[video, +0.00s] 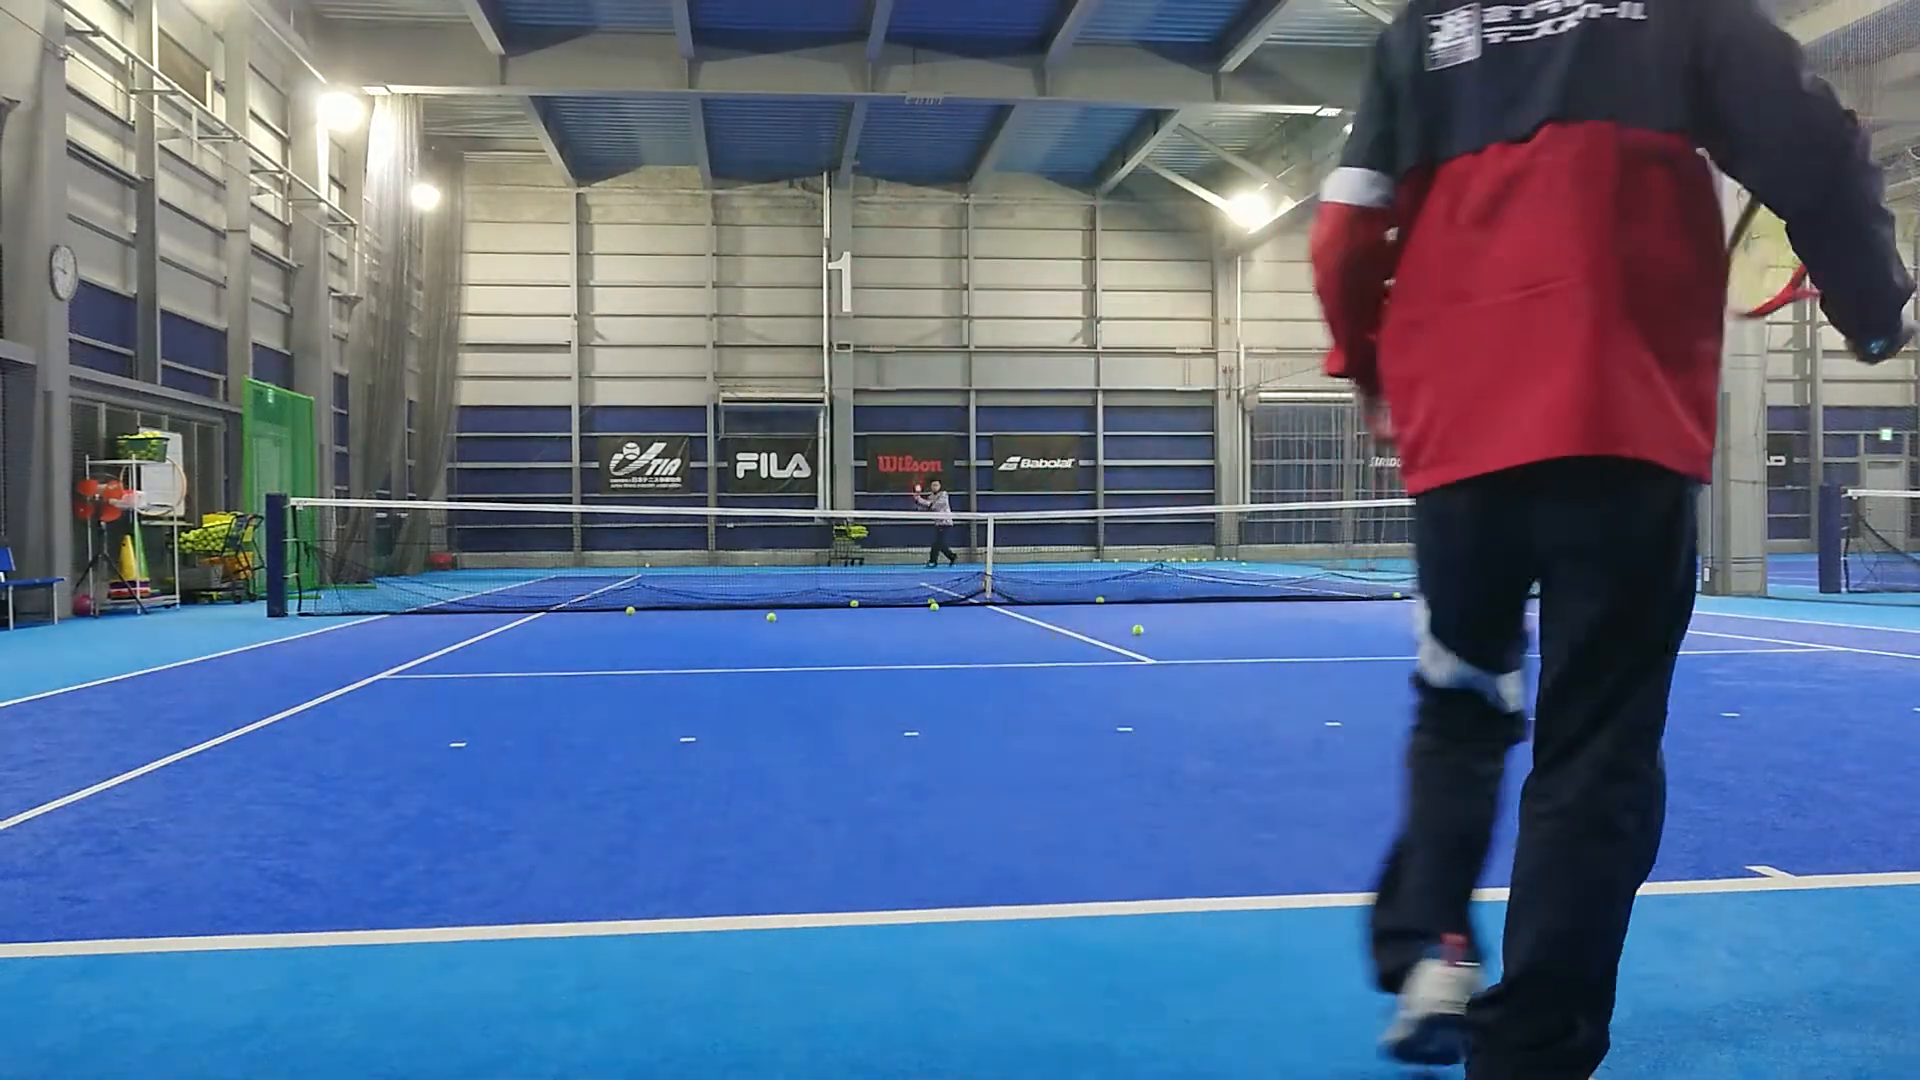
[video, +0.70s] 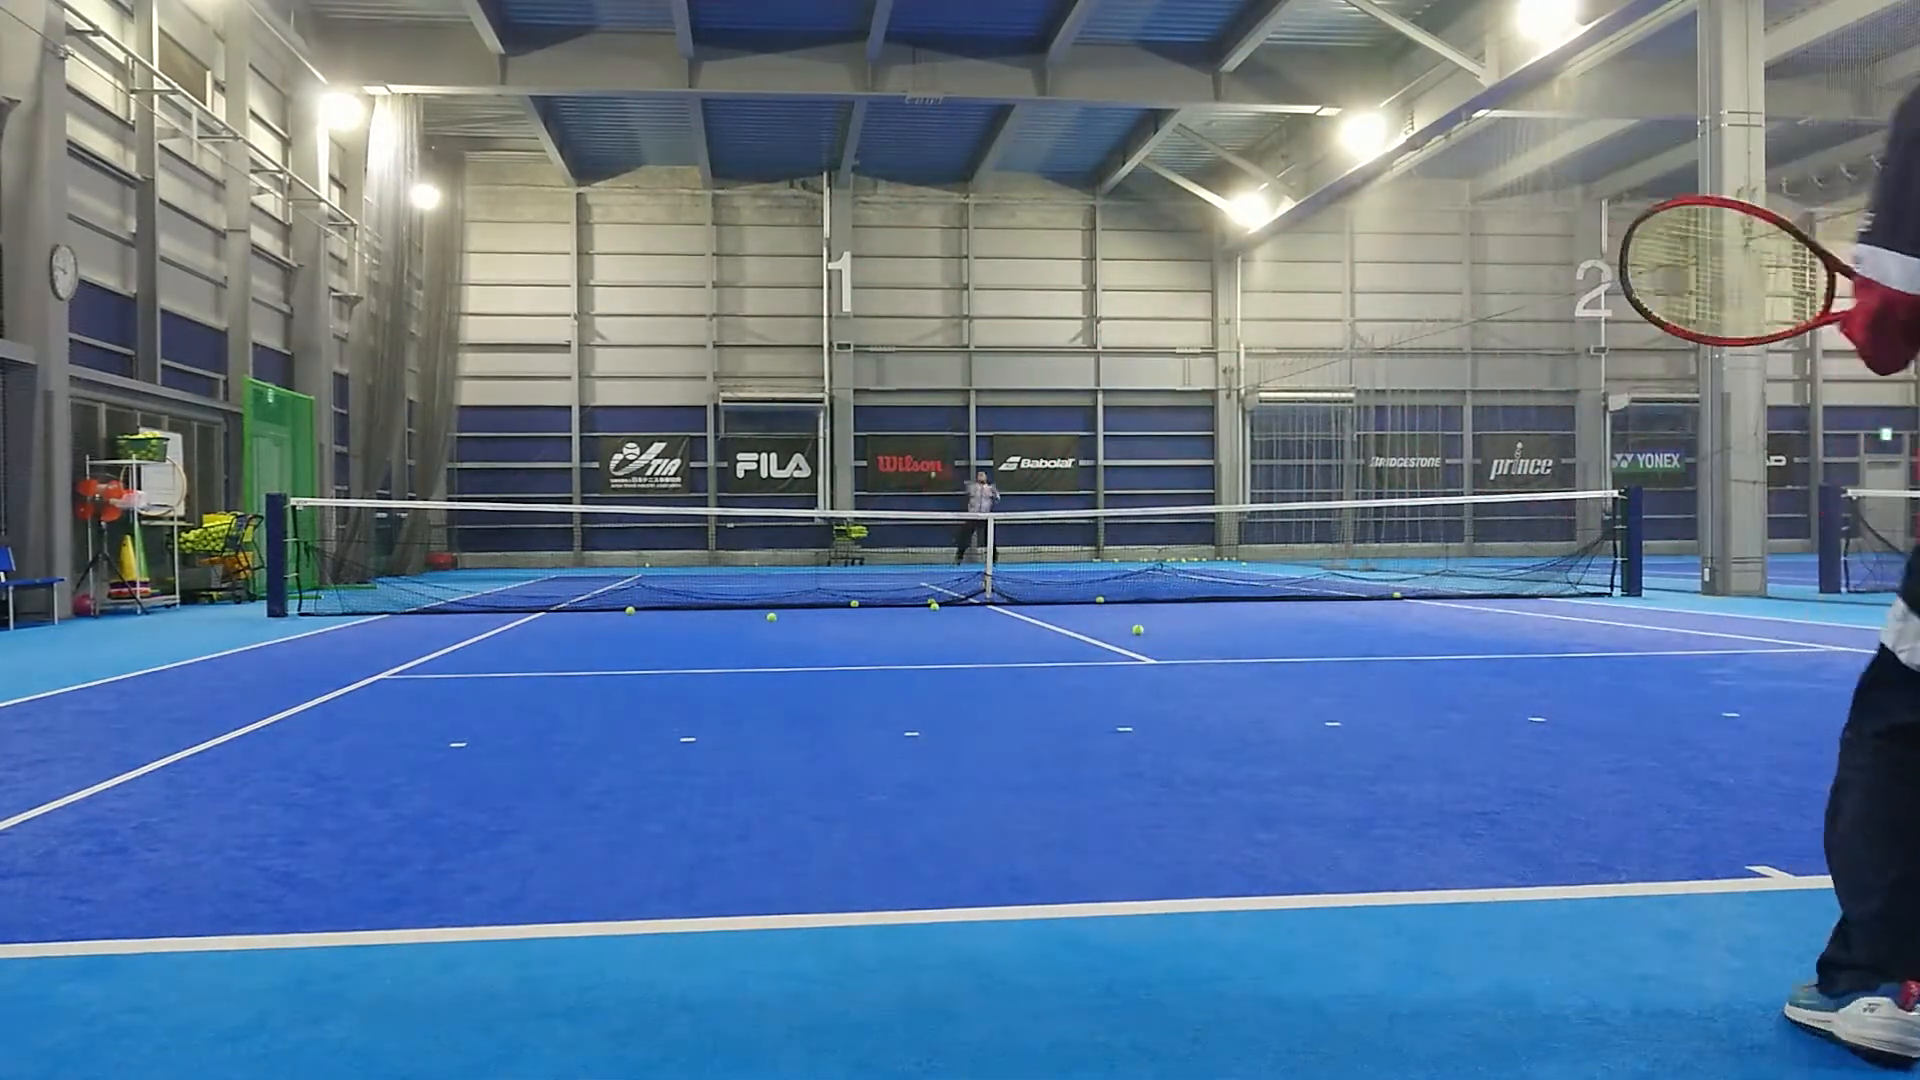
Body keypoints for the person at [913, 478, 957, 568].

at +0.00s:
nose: (935, 487)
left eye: (937, 485)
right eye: (933, 485)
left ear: (940, 486)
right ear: (930, 487)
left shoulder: (943, 495)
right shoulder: (932, 496)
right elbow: (927, 504)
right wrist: (918, 498)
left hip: (944, 521)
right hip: (937, 521)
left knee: (937, 543)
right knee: (940, 542)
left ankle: (933, 560)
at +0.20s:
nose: (944, 490)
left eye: (946, 488)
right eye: (942, 488)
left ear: (950, 488)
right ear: (941, 490)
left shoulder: (952, 498)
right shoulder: (943, 501)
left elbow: (958, 509)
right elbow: (933, 503)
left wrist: (959, 520)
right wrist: (923, 499)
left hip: (954, 523)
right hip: (948, 523)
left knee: (949, 544)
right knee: (948, 544)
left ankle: (957, 561)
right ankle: (955, 561)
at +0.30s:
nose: (949, 491)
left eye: (951, 489)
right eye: (948, 489)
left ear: (955, 489)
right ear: (946, 491)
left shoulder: (957, 499)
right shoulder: (950, 500)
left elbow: (941, 505)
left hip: (960, 525)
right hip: (953, 525)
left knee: (957, 545)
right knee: (949, 545)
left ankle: (970, 557)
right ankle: (957, 562)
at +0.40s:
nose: (955, 491)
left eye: (957, 489)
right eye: (953, 489)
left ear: (961, 490)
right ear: (952, 491)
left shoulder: (963, 499)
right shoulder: (955, 500)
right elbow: (944, 505)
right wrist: (933, 503)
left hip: (966, 526)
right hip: (957, 526)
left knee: (966, 546)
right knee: (951, 545)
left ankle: (983, 556)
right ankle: (957, 561)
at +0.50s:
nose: (961, 489)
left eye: (963, 487)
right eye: (960, 487)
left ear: (968, 487)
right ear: (959, 489)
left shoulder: (970, 497)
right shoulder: (961, 498)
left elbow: (957, 500)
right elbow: (950, 501)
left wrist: (945, 500)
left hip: (971, 525)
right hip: (962, 525)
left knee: (977, 546)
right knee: (955, 543)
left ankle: (989, 560)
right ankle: (958, 561)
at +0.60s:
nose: (970, 483)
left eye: (972, 481)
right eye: (969, 481)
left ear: (977, 482)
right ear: (967, 483)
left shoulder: (981, 491)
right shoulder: (965, 495)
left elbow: (984, 495)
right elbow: (961, 507)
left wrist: (974, 492)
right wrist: (950, 510)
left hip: (978, 519)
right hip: (966, 520)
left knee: (983, 543)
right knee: (960, 542)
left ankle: (989, 561)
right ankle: (958, 561)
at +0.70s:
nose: (981, 477)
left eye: (982, 475)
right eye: (979, 475)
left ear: (986, 477)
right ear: (976, 477)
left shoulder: (990, 488)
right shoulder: (972, 487)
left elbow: (997, 499)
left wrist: (994, 493)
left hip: (986, 515)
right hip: (972, 515)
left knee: (989, 539)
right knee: (965, 537)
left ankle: (993, 559)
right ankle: (959, 557)